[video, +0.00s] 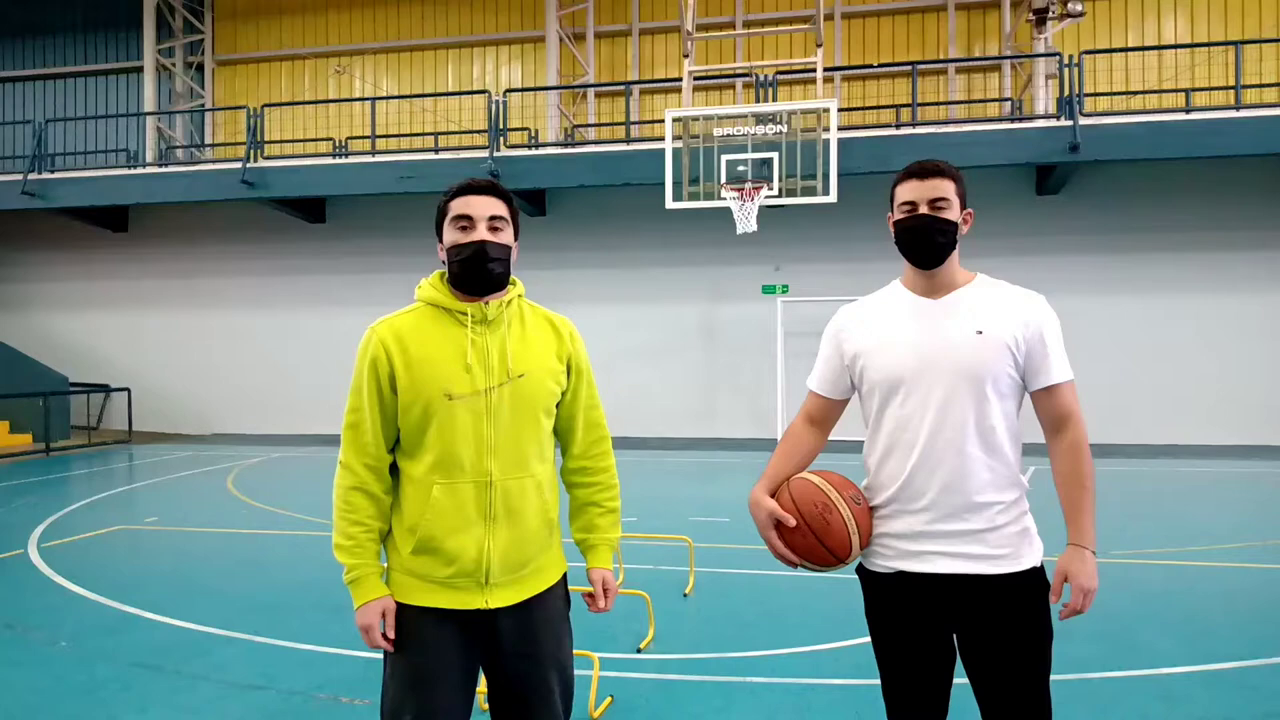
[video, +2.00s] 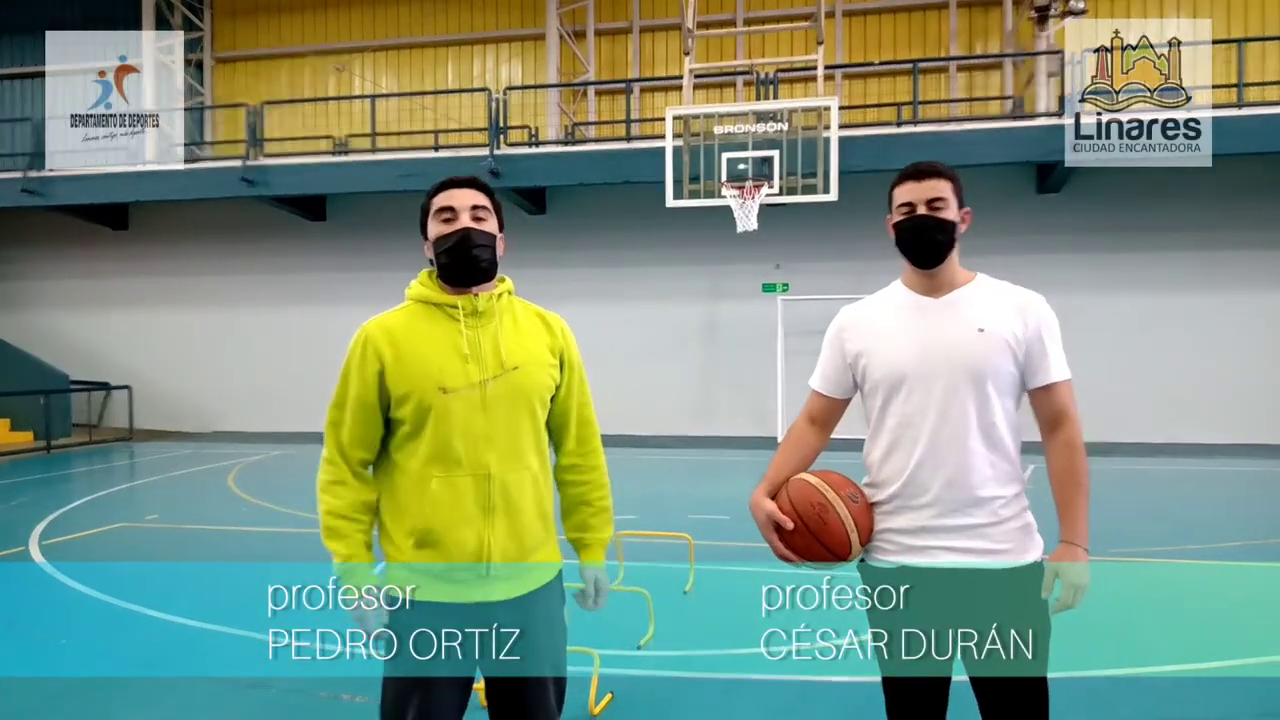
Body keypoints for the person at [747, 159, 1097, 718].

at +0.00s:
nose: (923, 218)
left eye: (939, 206)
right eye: (907, 209)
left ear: (965, 221)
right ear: (891, 226)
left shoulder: (1022, 314)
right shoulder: (854, 324)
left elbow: (1065, 429)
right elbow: (812, 422)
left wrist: (1080, 544)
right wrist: (761, 490)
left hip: (1003, 567)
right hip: (897, 570)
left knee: (1020, 715)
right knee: (912, 716)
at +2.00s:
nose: (921, 218)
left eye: (936, 206)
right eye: (906, 210)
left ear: (963, 219)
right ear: (890, 229)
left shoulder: (1022, 312)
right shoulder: (856, 324)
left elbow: (1060, 428)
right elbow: (813, 423)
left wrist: (1073, 542)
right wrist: (763, 491)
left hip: (1002, 560)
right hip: (899, 562)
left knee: (1018, 710)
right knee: (912, 712)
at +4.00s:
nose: (926, 217)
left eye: (941, 206)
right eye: (911, 208)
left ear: (967, 221)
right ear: (894, 226)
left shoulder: (1022, 313)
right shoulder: (857, 324)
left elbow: (1062, 429)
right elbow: (816, 426)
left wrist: (1075, 543)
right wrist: (763, 503)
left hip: (1005, 561)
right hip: (901, 563)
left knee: (1020, 712)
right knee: (913, 713)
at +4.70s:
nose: (932, 217)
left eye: (947, 206)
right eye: (918, 208)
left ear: (973, 221)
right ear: (900, 225)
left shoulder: (1025, 316)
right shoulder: (861, 322)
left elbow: (1059, 433)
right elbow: (816, 425)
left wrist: (1072, 545)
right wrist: (761, 501)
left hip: (1005, 561)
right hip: (902, 562)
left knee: (1020, 710)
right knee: (914, 713)